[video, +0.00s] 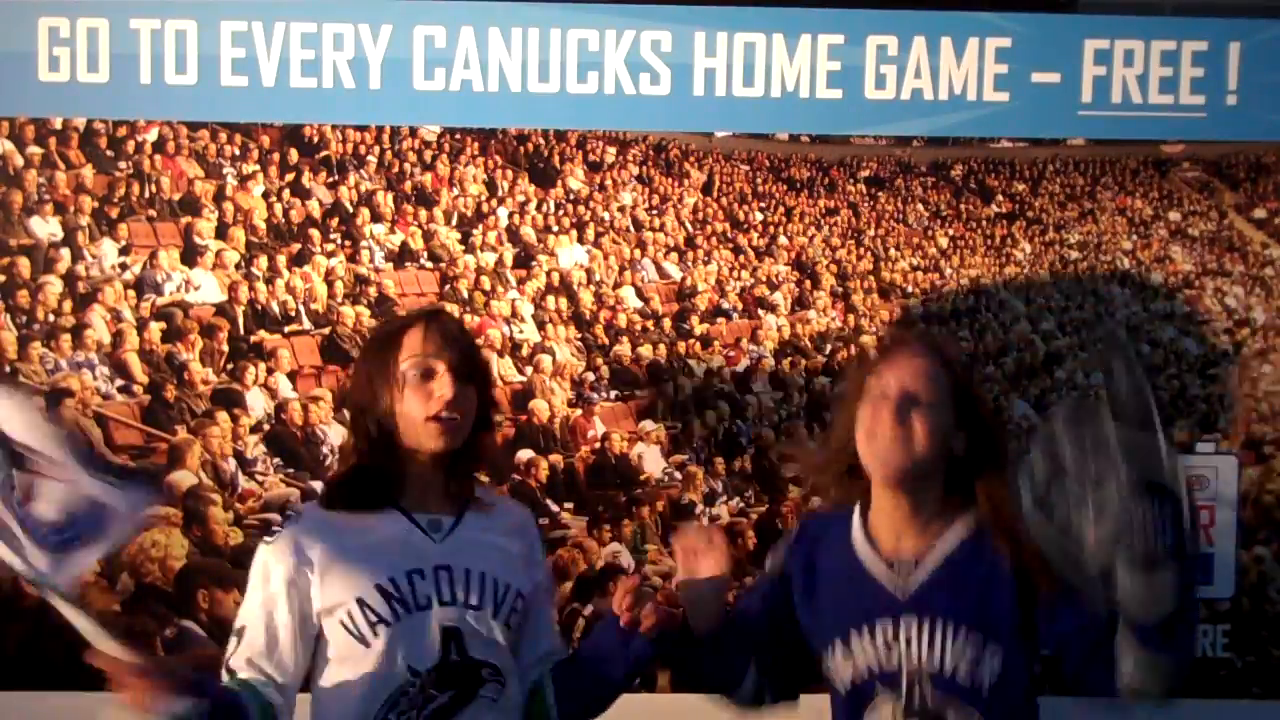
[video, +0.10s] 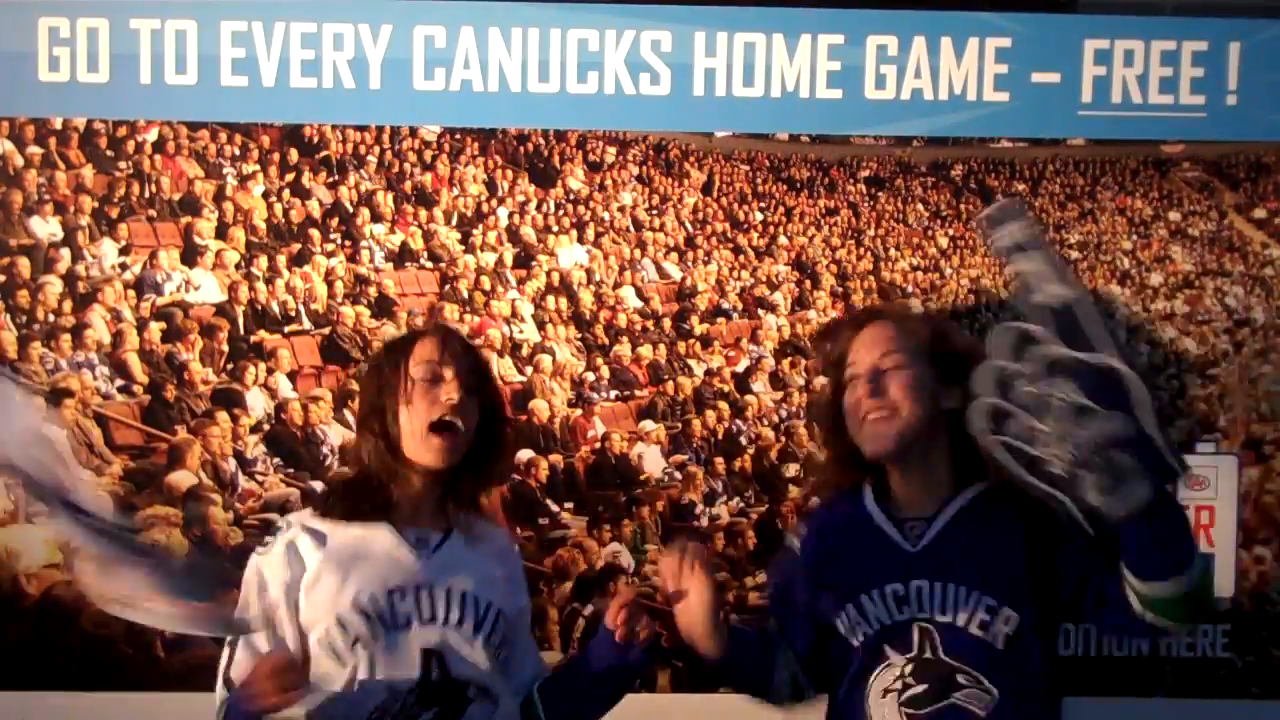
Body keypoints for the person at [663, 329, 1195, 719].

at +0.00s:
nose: (890, 414)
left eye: (914, 402)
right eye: (876, 398)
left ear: (955, 436)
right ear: (852, 422)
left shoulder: (1013, 558)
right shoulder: (811, 550)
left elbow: (1109, 687)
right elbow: (743, 683)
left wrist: (1149, 593)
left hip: (979, 713)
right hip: (857, 711)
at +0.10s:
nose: (864, 392)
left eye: (888, 371)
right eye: (851, 384)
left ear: (945, 390)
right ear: (843, 414)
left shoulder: (1030, 520)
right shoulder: (828, 539)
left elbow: (1165, 615)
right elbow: (797, 678)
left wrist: (1134, 490)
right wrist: (717, 643)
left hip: (1001, 713)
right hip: (871, 715)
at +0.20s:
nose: (855, 456)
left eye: (874, 431)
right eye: (846, 439)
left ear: (942, 427)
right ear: (836, 452)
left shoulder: (1037, 574)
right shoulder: (846, 579)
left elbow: (1143, 610)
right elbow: (813, 705)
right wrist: (726, 691)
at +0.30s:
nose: (842, 467)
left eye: (866, 442)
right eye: (844, 449)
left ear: (938, 447)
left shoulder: (1027, 606)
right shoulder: (848, 590)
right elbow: (774, 705)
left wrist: (1057, 587)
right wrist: (709, 631)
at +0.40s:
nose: (850, 409)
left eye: (874, 383)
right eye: (851, 389)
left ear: (949, 405)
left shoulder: (1038, 545)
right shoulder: (837, 535)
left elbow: (1116, 696)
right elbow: (737, 624)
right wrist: (705, 507)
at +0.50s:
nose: (872, 386)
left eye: (903, 368)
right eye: (870, 367)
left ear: (968, 389)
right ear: (861, 380)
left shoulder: (1036, 533)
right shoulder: (843, 508)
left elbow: (1087, 679)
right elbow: (713, 572)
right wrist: (711, 436)